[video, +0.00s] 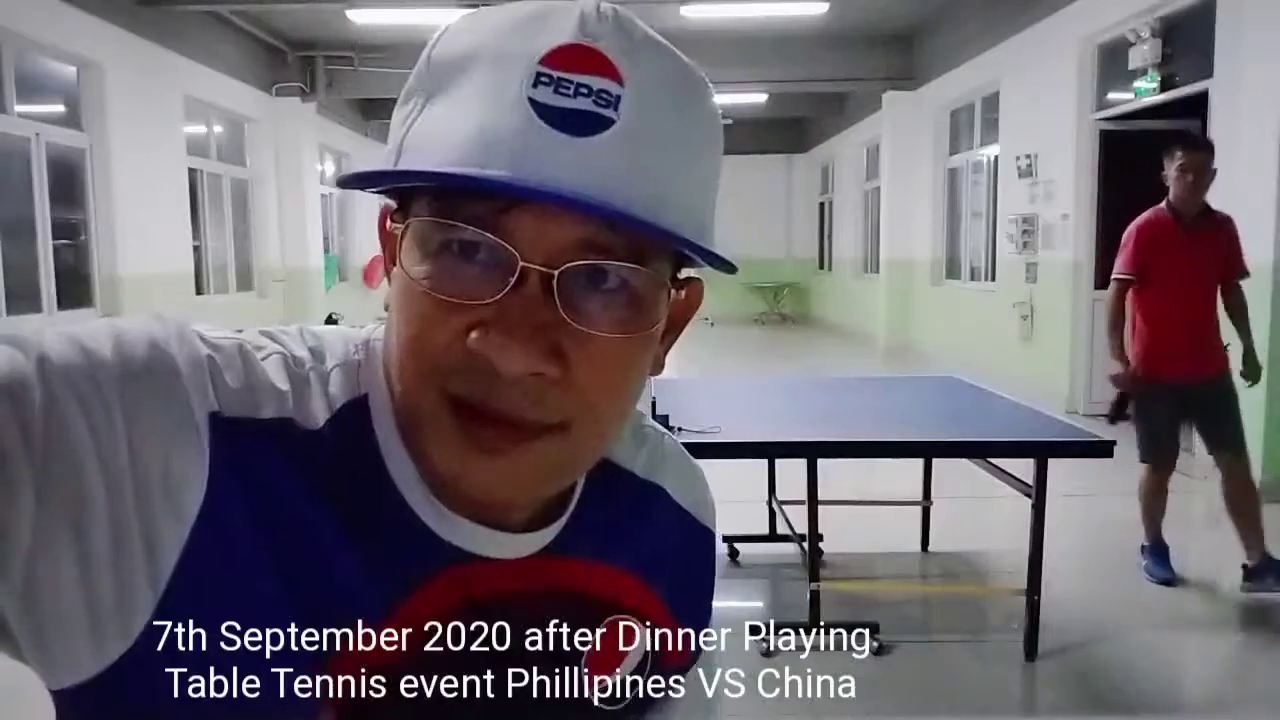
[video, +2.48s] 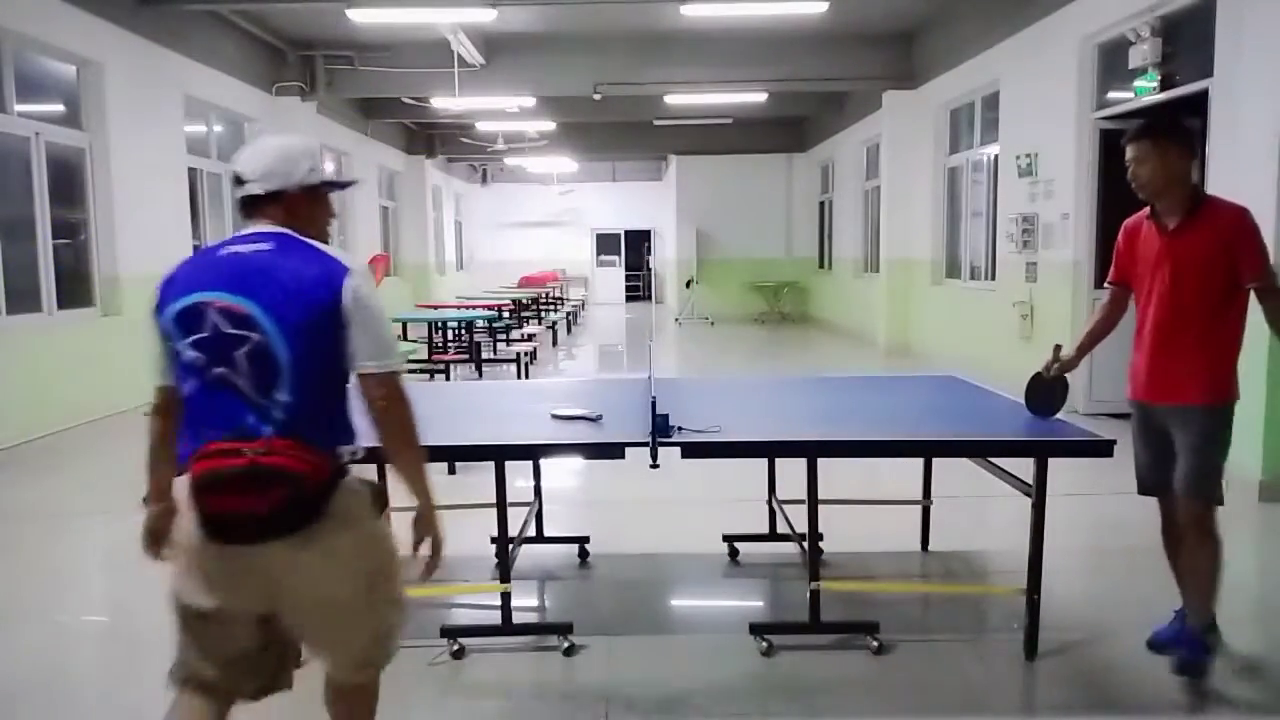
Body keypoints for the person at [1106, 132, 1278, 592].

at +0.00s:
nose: (1193, 179)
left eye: (1201, 172)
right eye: (1184, 171)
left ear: (1211, 176)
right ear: (1167, 174)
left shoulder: (1221, 227)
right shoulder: (1143, 229)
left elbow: (1231, 290)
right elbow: (1117, 294)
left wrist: (1248, 346)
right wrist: (1116, 356)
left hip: (1208, 369)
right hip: (1154, 372)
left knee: (1236, 464)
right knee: (1157, 466)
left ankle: (1257, 561)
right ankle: (1153, 547)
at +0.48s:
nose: (1244, 169)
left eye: (1254, 162)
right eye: (1236, 161)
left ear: (1270, 170)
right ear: (1222, 168)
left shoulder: (1277, 227)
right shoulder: (1197, 228)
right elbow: (1160, 301)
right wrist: (1152, 366)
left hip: (1266, 385)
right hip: (1203, 383)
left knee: (1268, 487)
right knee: (1191, 473)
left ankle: (1245, 585)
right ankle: (1156, 535)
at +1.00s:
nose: (1278, 172)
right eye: (1273, 162)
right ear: (1261, 167)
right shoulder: (1234, 225)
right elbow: (1190, 288)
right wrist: (1188, 346)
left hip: (1276, 391)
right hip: (1231, 384)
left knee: (1276, 501)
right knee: (1219, 487)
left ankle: (1248, 588)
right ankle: (1204, 593)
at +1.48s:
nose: (1250, 167)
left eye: (1261, 157)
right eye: (1243, 157)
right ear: (1234, 163)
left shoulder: (1278, 227)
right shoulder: (1206, 226)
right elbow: (1169, 296)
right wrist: (1158, 368)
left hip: (1266, 393)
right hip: (1206, 388)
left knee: (1259, 500)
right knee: (1195, 499)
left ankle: (1247, 587)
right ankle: (1197, 610)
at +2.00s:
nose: (1186, 174)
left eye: (1199, 164)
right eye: (1181, 163)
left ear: (1231, 167)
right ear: (1176, 167)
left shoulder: (1264, 233)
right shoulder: (1157, 231)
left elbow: (1277, 307)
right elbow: (1121, 290)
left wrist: (1249, 332)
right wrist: (1097, 338)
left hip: (1224, 401)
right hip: (1158, 396)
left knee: (1247, 520)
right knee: (1169, 510)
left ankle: (1252, 604)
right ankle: (1194, 613)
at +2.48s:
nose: (1132, 175)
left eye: (1142, 163)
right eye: (1129, 165)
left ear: (1182, 159)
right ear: (1134, 169)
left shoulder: (1232, 224)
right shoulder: (1133, 230)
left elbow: (1269, 297)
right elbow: (1114, 304)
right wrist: (1076, 352)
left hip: (1204, 395)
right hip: (1147, 392)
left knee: (1194, 510)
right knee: (1170, 509)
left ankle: (1201, 630)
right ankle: (1192, 614)